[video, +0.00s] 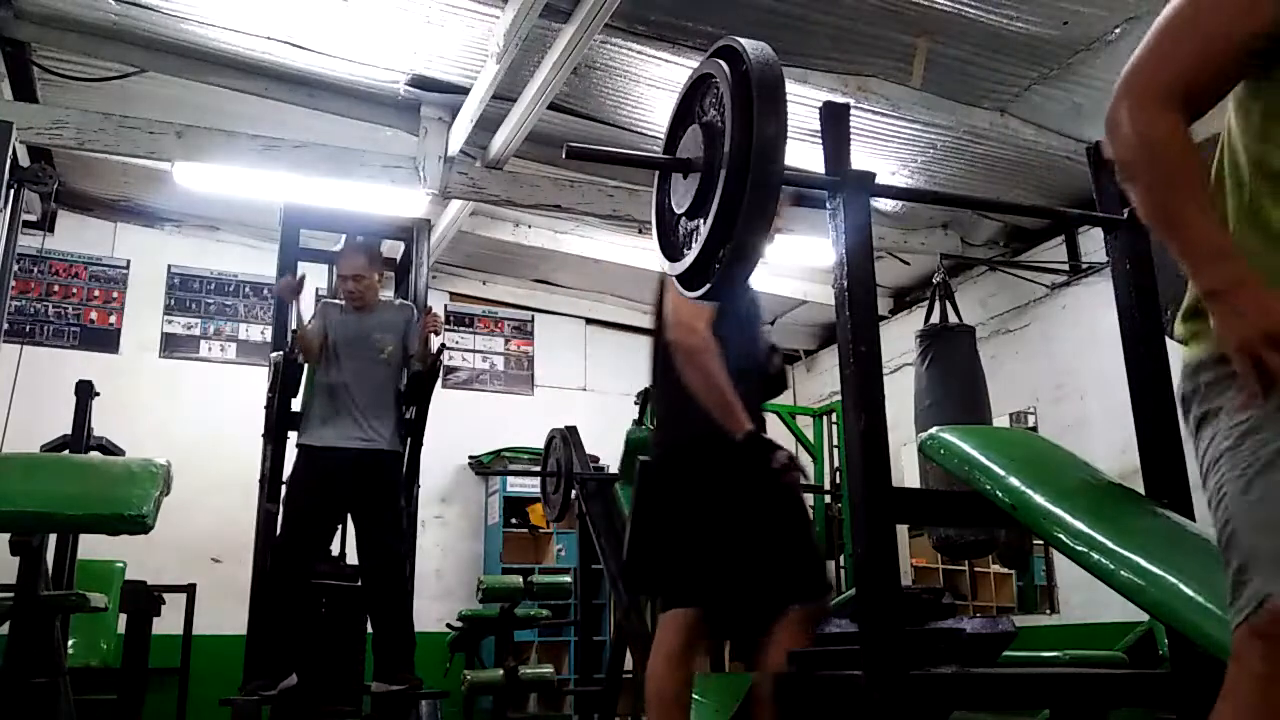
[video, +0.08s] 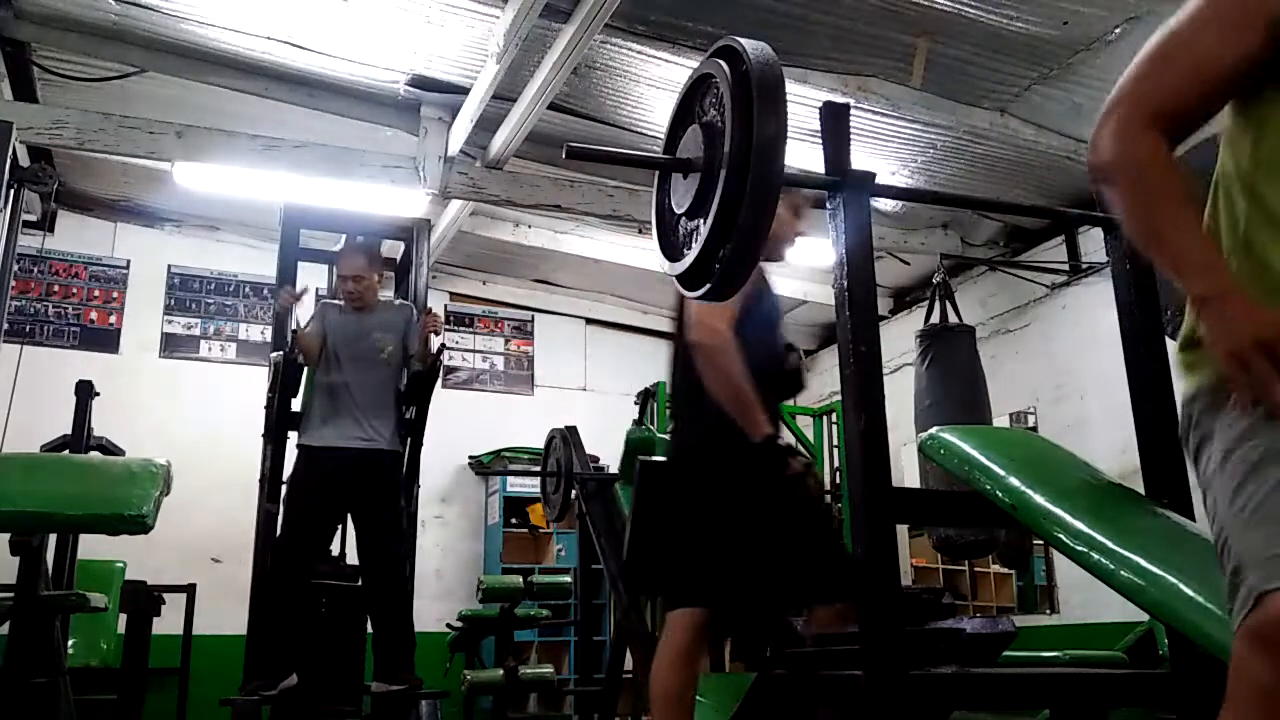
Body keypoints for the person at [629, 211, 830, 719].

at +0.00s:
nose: (783, 219)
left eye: (784, 206)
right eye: (779, 203)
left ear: (751, 204)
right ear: (749, 199)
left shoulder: (730, 272)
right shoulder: (704, 254)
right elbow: (688, 334)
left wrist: (762, 370)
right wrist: (749, 435)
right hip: (713, 461)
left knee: (682, 619)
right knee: (794, 607)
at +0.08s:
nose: (799, 231)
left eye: (802, 219)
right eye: (795, 214)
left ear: (773, 214)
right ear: (764, 206)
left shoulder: (749, 276)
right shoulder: (731, 257)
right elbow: (707, 332)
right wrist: (765, 434)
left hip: (718, 464)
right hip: (721, 463)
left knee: (692, 620)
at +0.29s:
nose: (853, 215)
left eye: (851, 205)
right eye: (847, 205)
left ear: (808, 211)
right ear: (828, 210)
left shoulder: (795, 256)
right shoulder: (814, 250)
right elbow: (786, 332)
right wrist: (824, 438)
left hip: (766, 458)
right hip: (793, 458)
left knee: (716, 619)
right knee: (718, 618)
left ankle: (682, 714)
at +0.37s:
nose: (902, 223)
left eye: (902, 211)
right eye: (897, 208)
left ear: (863, 211)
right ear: (869, 207)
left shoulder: (851, 263)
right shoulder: (831, 246)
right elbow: (820, 330)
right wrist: (855, 423)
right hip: (816, 449)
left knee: (755, 606)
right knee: (757, 606)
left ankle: (702, 709)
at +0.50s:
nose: (945, 211)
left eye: (945, 198)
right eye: (937, 197)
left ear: (888, 193)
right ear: (906, 192)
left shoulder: (868, 239)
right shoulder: (888, 227)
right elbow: (888, 332)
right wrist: (931, 418)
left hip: (855, 442)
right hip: (889, 440)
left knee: (843, 599)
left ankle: (751, 707)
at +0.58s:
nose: (963, 202)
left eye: (964, 190)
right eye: (956, 189)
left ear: (911, 187)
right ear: (921, 181)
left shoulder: (884, 242)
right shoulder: (915, 231)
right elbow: (917, 325)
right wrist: (972, 423)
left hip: (893, 444)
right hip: (927, 444)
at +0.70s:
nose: (998, 198)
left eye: (999, 186)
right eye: (991, 185)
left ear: (939, 185)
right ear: (958, 181)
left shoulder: (913, 249)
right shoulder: (960, 237)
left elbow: (911, 353)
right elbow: (992, 339)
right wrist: (1032, 431)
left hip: (911, 440)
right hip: (956, 440)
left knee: (949, 578)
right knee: (980, 589)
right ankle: (968, 697)